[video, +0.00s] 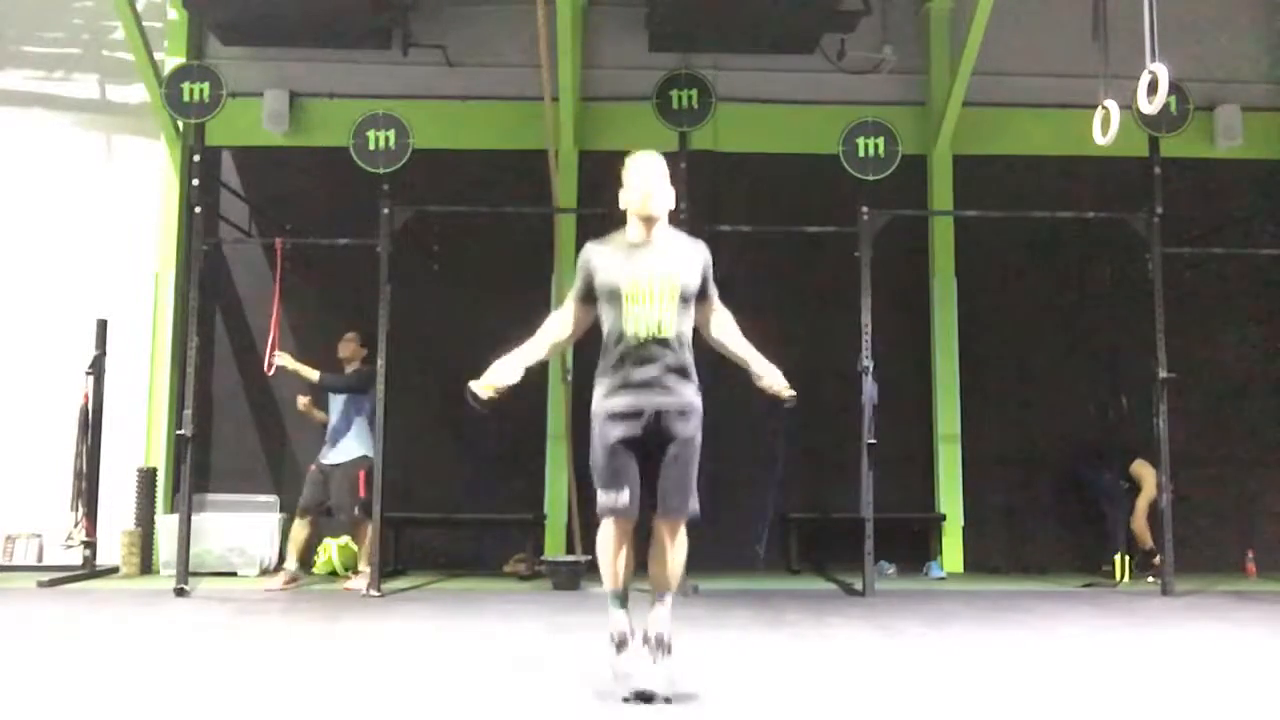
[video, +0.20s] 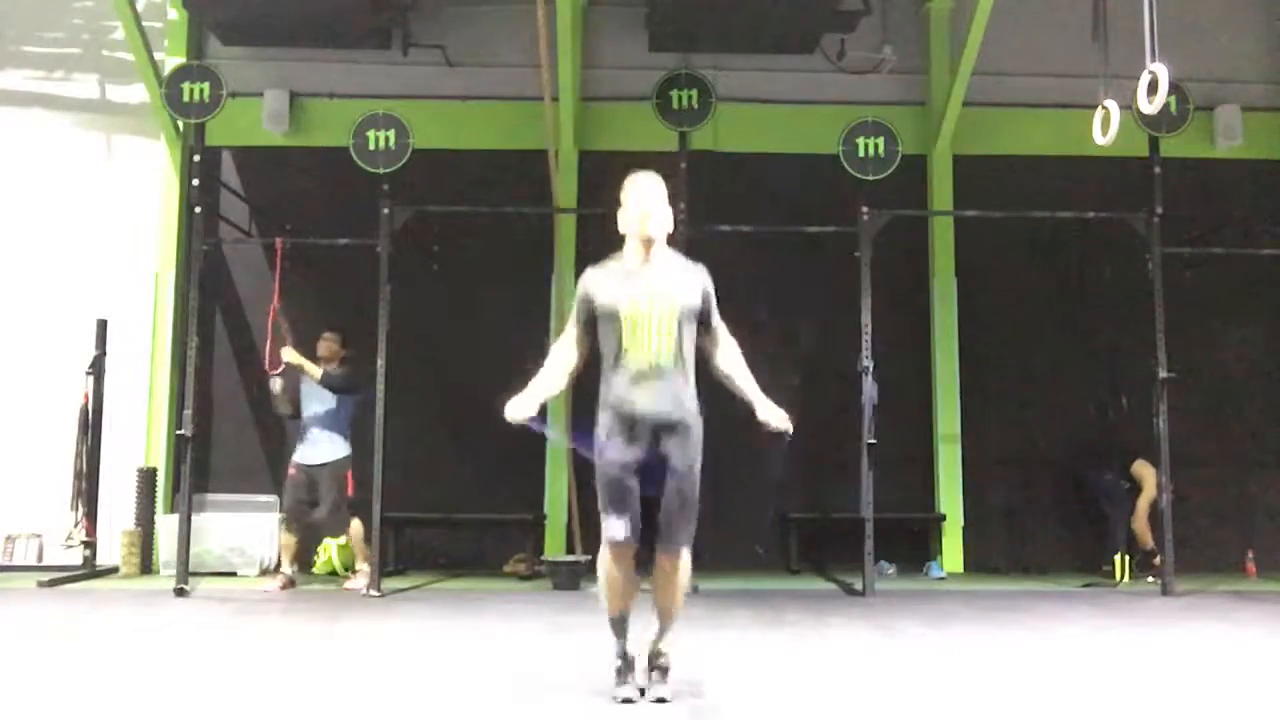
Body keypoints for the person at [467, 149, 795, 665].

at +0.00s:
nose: (651, 191)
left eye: (657, 183)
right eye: (641, 183)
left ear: (671, 191)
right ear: (622, 193)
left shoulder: (695, 254)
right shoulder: (597, 255)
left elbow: (712, 317)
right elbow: (568, 321)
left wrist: (760, 366)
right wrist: (513, 362)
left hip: (679, 398)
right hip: (616, 399)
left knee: (672, 516)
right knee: (618, 512)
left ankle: (660, 625)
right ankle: (619, 623)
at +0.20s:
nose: (650, 214)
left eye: (657, 205)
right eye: (639, 205)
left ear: (670, 214)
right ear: (621, 214)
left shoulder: (693, 278)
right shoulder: (596, 281)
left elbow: (721, 350)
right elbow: (570, 351)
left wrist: (760, 401)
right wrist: (532, 395)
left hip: (679, 424)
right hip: (618, 423)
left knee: (673, 545)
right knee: (619, 539)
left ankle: (661, 649)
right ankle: (621, 653)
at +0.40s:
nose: (651, 155)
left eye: (659, 148)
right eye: (641, 148)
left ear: (675, 163)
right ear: (624, 163)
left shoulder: (700, 226)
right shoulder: (598, 228)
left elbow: (731, 294)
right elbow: (572, 295)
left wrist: (769, 347)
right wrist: (548, 340)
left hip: (679, 363)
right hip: (618, 362)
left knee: (677, 479)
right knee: (621, 473)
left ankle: (665, 591)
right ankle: (625, 587)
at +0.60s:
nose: (657, 214)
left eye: (664, 205)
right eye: (648, 205)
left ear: (677, 213)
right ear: (629, 213)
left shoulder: (701, 275)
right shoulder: (600, 275)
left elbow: (722, 340)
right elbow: (569, 343)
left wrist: (774, 379)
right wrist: (514, 367)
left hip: (686, 424)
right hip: (622, 424)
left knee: (679, 540)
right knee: (625, 534)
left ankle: (665, 650)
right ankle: (626, 648)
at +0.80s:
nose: (655, 196)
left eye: (663, 187)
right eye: (645, 188)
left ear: (677, 197)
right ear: (628, 197)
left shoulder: (702, 259)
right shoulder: (603, 261)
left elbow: (729, 332)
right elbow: (576, 336)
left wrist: (765, 392)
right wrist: (532, 389)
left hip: (688, 407)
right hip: (625, 406)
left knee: (679, 527)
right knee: (623, 521)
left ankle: (670, 646)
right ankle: (625, 650)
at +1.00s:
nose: (657, 159)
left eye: (665, 152)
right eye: (647, 151)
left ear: (680, 165)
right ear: (631, 163)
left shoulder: (705, 228)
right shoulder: (604, 231)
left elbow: (732, 295)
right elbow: (580, 297)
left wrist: (761, 352)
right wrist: (558, 344)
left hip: (688, 370)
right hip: (626, 370)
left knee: (683, 483)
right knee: (629, 478)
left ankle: (671, 597)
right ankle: (628, 592)